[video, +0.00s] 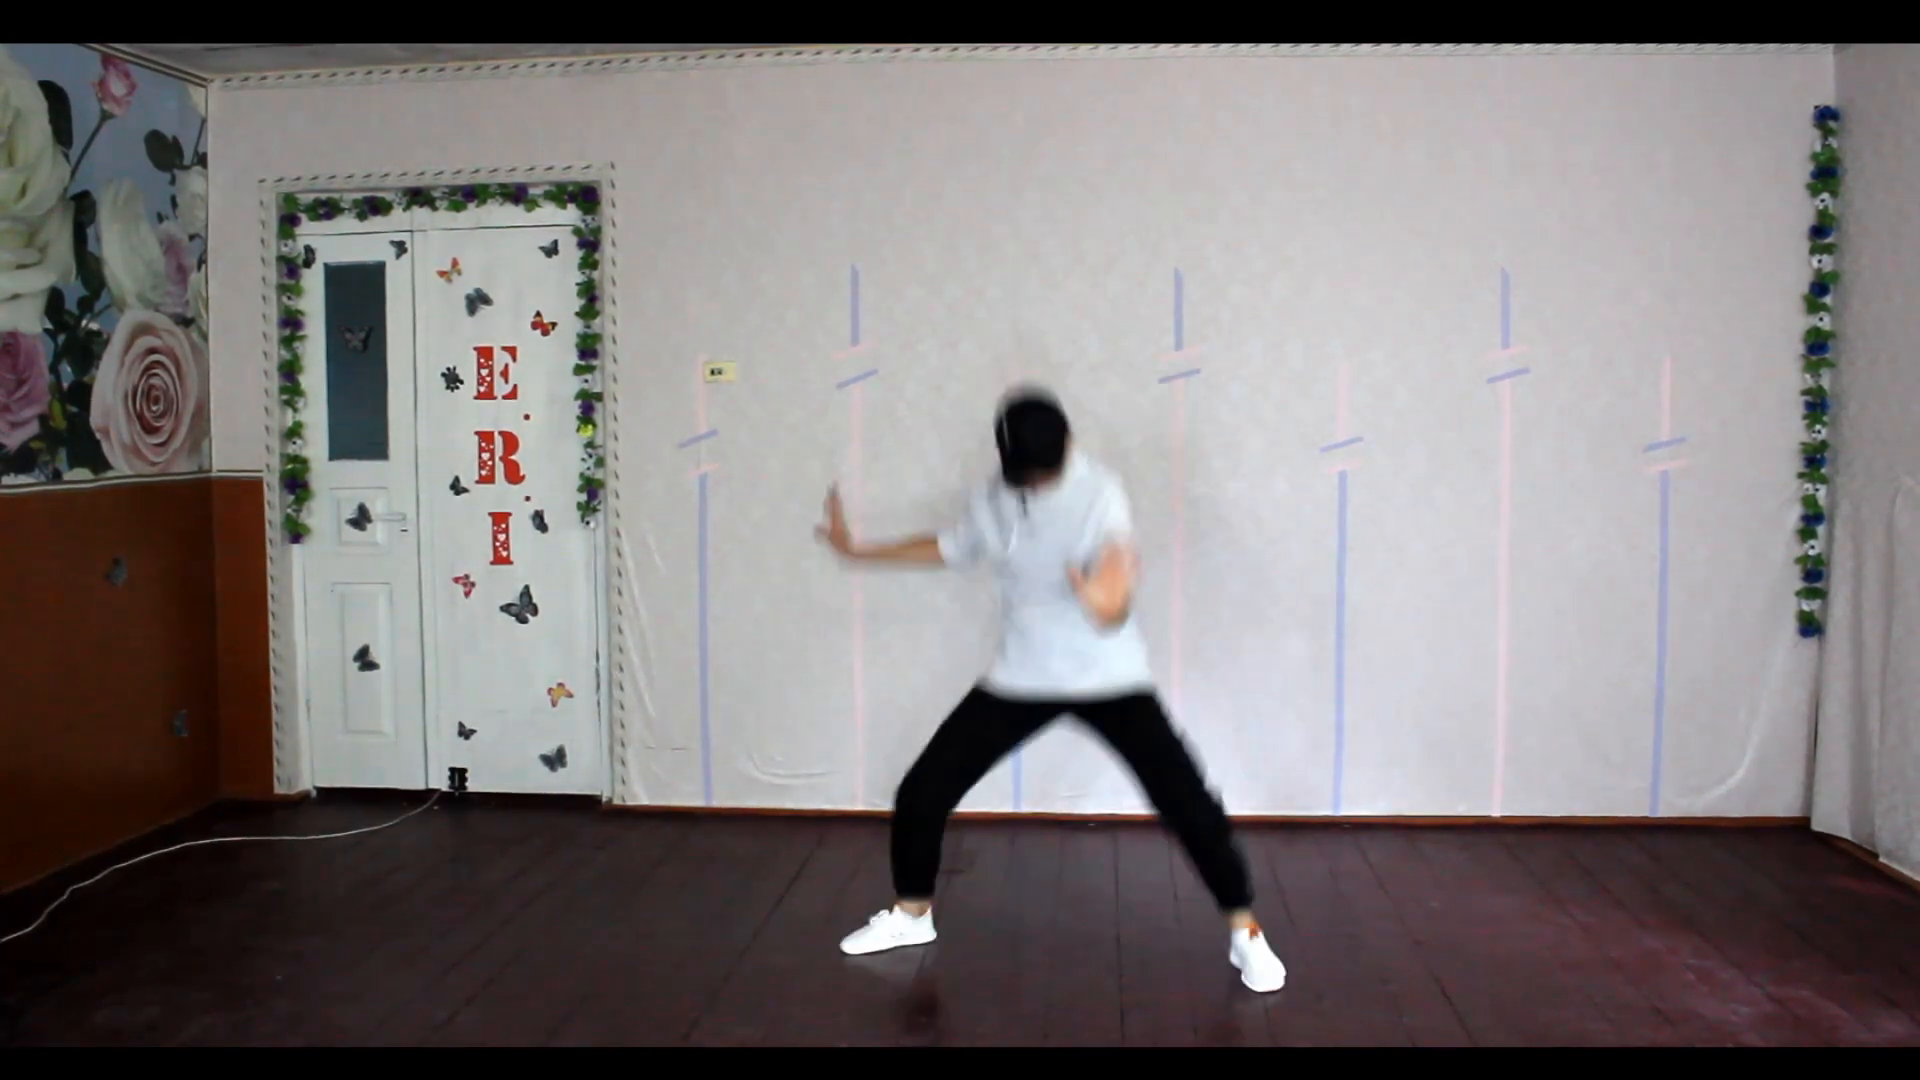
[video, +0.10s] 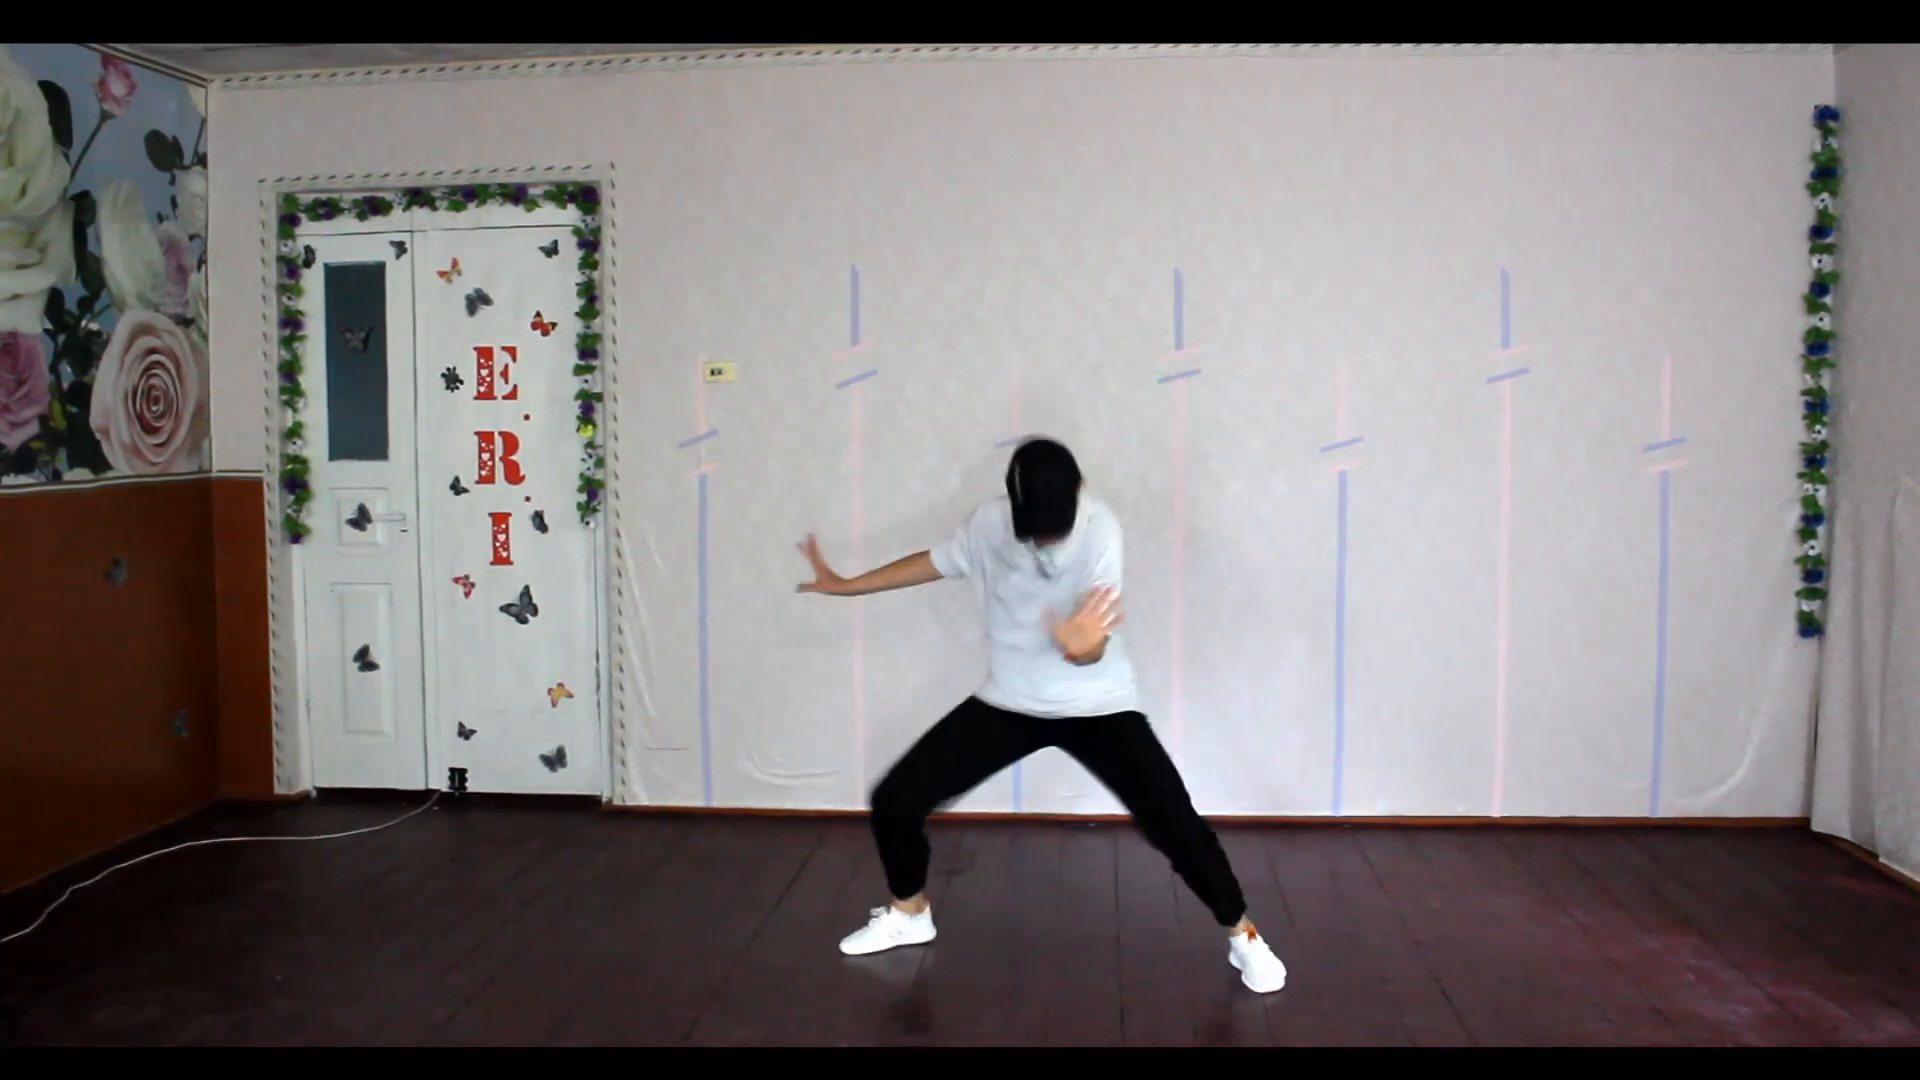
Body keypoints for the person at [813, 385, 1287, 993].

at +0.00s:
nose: (1036, 486)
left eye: (1045, 475)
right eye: (1025, 477)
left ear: (1064, 455)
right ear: (1006, 460)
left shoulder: (1099, 494)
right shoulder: (995, 500)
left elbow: (1116, 595)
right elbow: (949, 548)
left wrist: (1102, 599)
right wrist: (858, 552)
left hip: (1110, 680)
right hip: (1021, 680)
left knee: (1187, 801)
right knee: (922, 794)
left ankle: (1246, 931)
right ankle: (912, 913)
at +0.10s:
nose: (1046, 541)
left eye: (1055, 530)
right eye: (1035, 531)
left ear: (1074, 505)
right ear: (1014, 507)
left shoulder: (1099, 530)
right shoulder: (992, 524)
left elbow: (1095, 635)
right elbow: (937, 563)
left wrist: (1073, 644)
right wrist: (847, 585)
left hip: (1099, 707)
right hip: (1009, 702)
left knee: (1176, 826)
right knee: (894, 803)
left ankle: (1243, 936)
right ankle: (909, 913)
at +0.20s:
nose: (998, 534)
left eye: (1006, 524)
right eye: (986, 526)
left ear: (1023, 500)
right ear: (966, 506)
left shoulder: (1054, 516)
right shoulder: (943, 524)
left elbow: (1083, 596)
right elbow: (879, 526)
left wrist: (1064, 611)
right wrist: (808, 525)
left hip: (1088, 698)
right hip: (999, 696)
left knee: (1183, 803)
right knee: (871, 773)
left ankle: (1247, 920)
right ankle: (888, 896)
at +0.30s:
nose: (965, 540)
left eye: (971, 528)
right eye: (952, 533)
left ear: (988, 496)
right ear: (929, 512)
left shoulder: (1025, 515)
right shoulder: (922, 516)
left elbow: (1074, 585)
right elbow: (861, 507)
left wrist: (1055, 595)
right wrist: (783, 495)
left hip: (1085, 689)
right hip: (997, 688)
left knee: (1184, 800)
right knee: (874, 773)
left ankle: (1245, 927)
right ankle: (889, 896)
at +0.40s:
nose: (960, 536)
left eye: (968, 524)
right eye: (948, 529)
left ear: (988, 491)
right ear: (925, 506)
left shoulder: (1022, 509)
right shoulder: (917, 516)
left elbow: (1078, 590)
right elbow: (859, 511)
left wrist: (1049, 594)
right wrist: (780, 504)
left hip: (1084, 680)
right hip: (995, 683)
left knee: (1186, 787)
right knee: (875, 770)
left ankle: (1244, 917)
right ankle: (888, 896)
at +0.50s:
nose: (982, 527)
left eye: (991, 516)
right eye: (969, 519)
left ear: (1007, 486)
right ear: (947, 499)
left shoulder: (1045, 511)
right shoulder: (930, 522)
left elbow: (1090, 603)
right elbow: (877, 535)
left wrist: (1061, 611)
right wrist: (795, 537)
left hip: (1085, 682)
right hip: (996, 682)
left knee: (1174, 794)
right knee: (879, 775)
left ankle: (1237, 929)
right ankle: (896, 901)